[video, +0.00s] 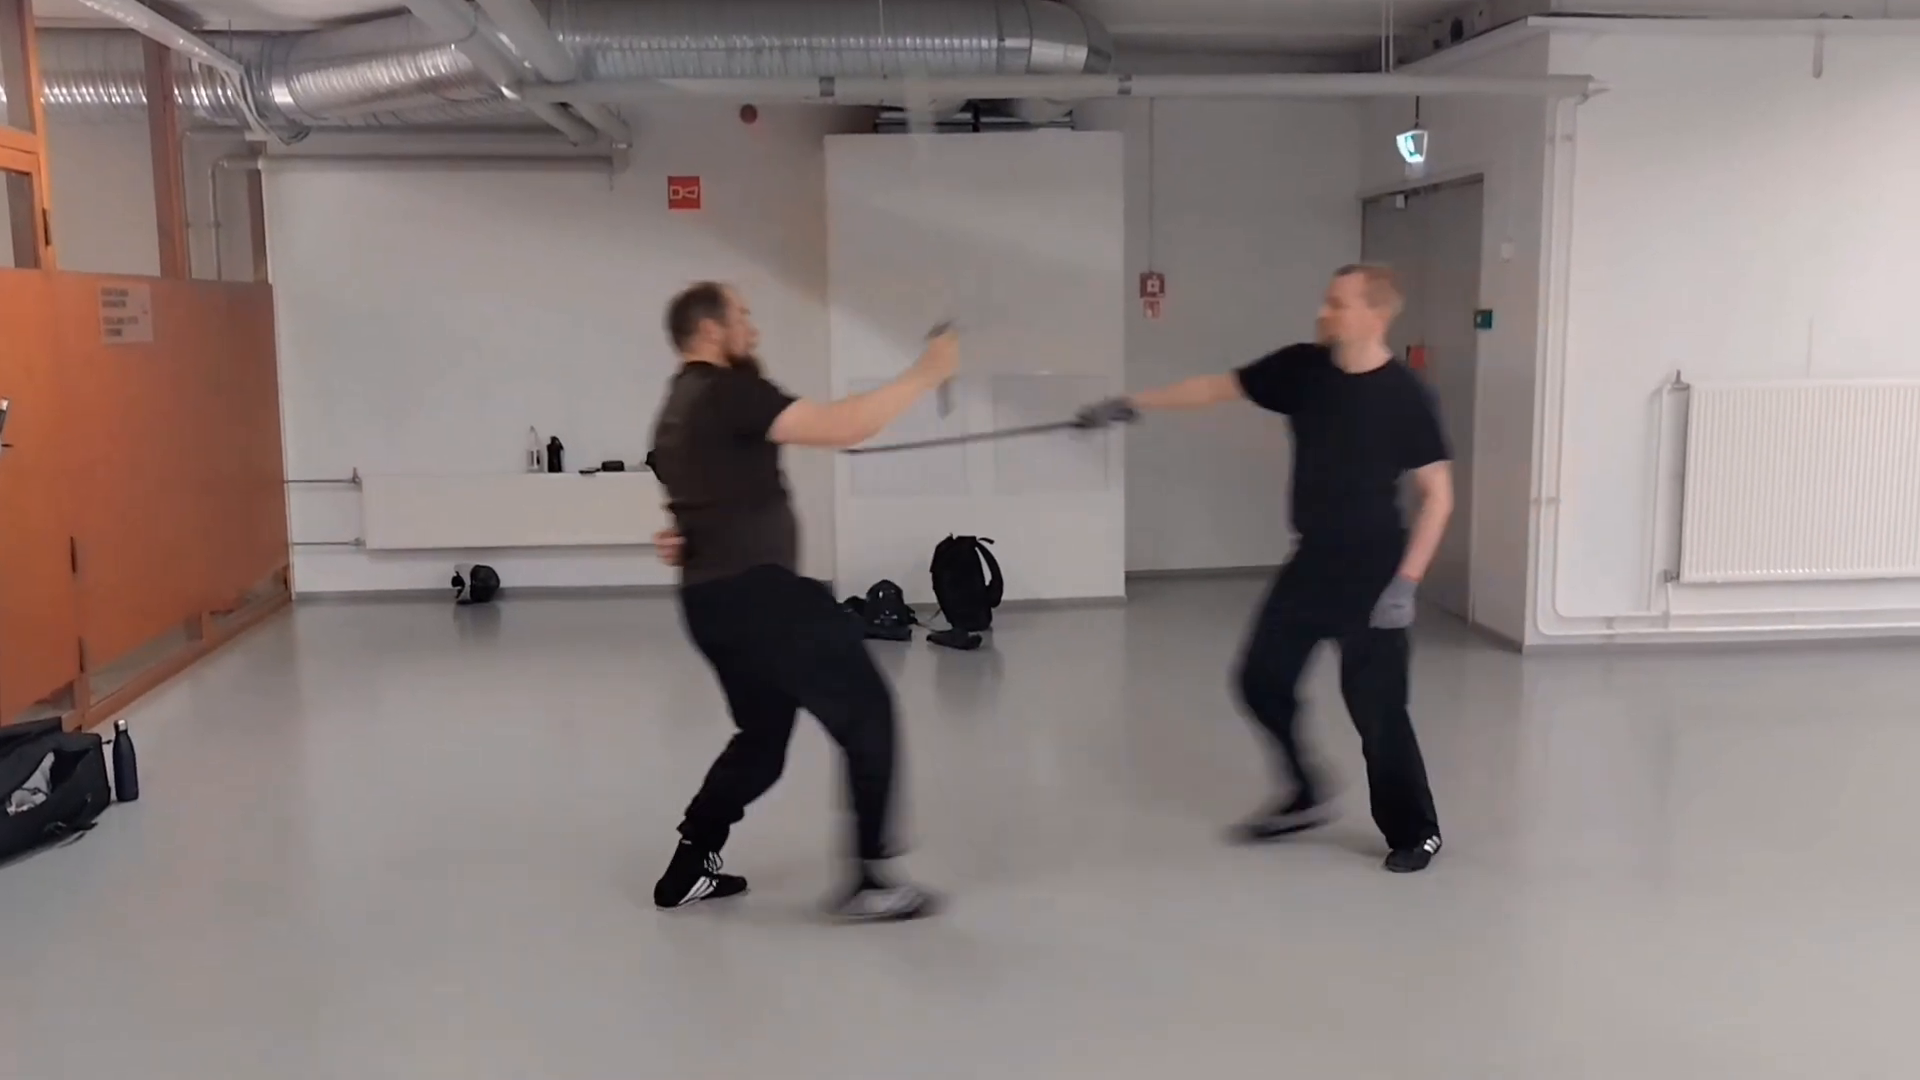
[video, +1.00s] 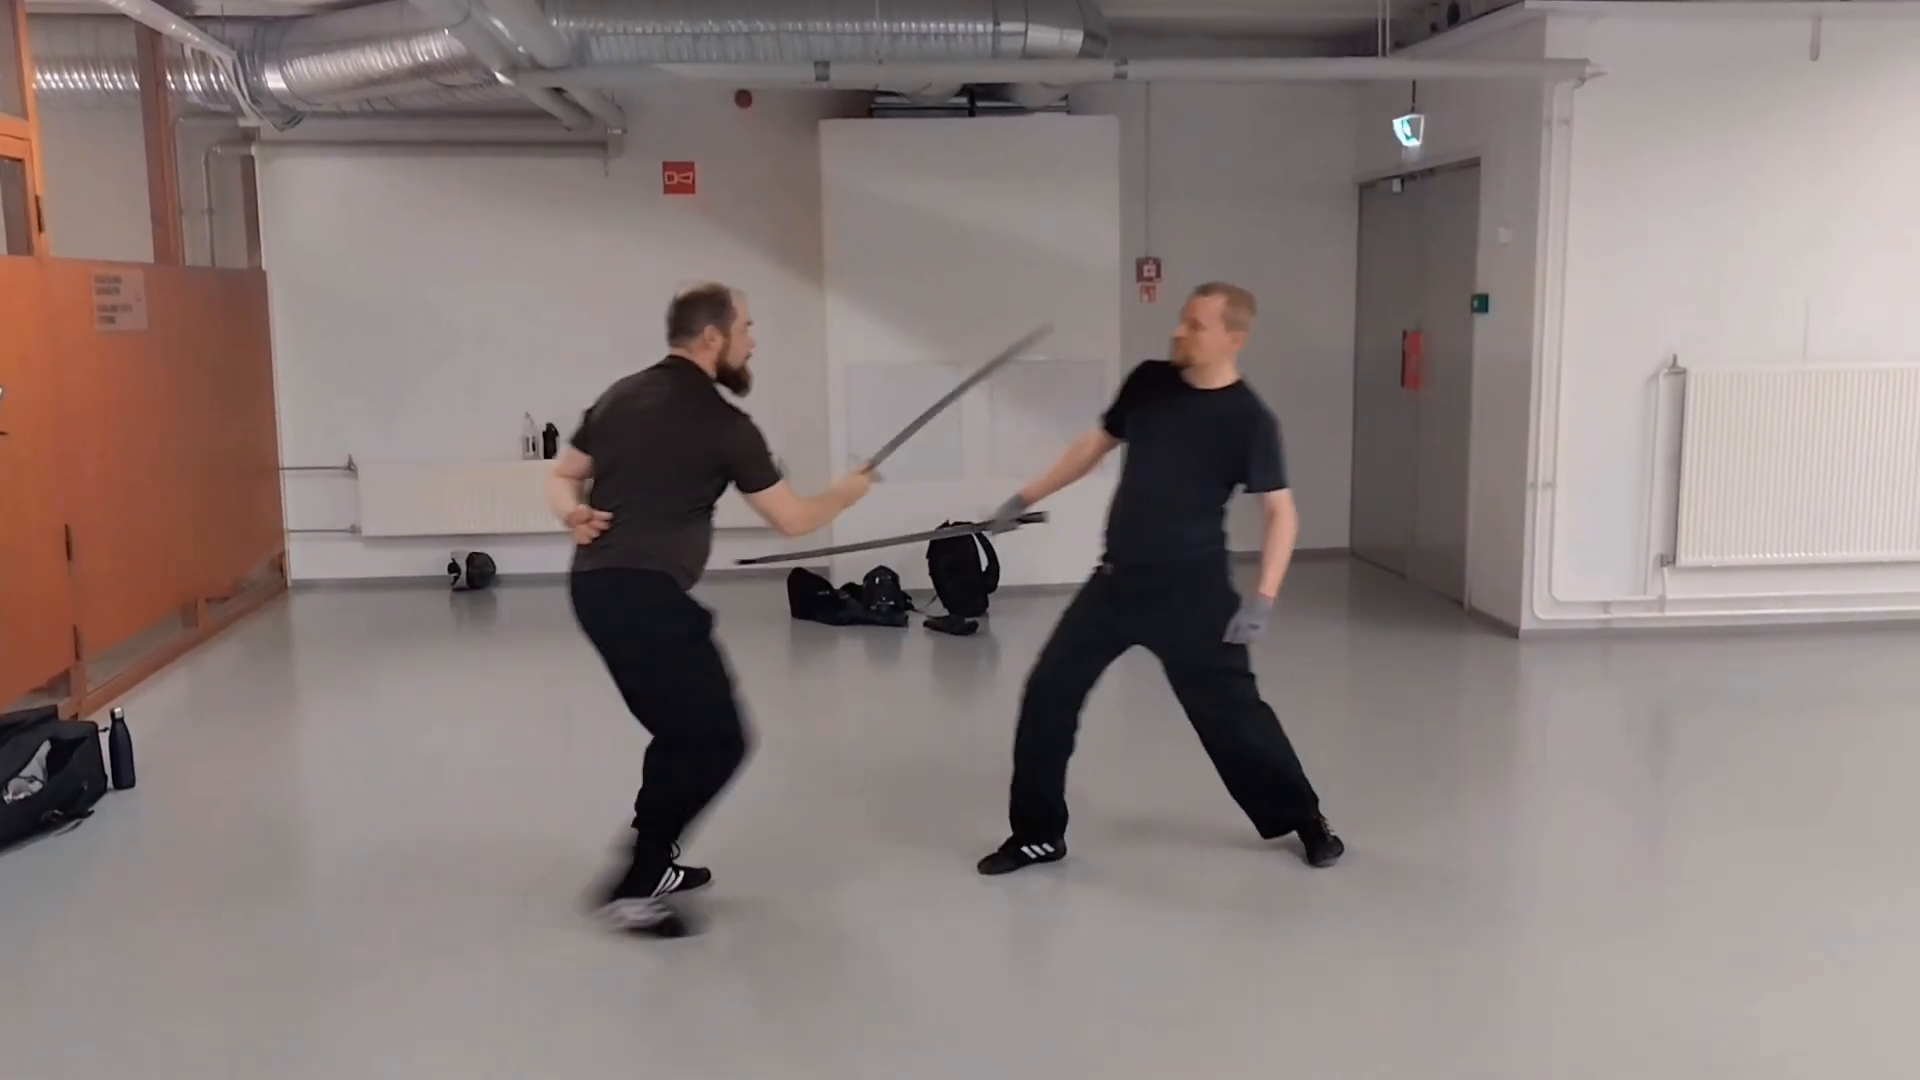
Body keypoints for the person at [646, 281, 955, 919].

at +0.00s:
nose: (754, 331)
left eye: (749, 318)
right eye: (743, 319)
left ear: (694, 336)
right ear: (709, 331)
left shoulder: (680, 403)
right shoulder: (731, 392)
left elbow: (710, 498)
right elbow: (847, 426)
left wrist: (690, 537)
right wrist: (924, 374)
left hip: (715, 601)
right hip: (766, 594)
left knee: (760, 745)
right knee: (865, 709)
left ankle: (687, 871)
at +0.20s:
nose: (684, 316)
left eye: (680, 302)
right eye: (675, 303)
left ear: (623, 316)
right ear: (638, 312)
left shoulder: (590, 392)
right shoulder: (674, 382)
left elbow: (591, 497)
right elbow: (764, 481)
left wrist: (592, 517)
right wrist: (814, 475)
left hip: (618, 586)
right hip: (666, 584)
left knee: (691, 729)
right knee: (707, 737)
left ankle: (681, 867)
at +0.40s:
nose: (652, 360)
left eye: (650, 347)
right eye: (646, 348)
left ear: (576, 359)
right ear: (614, 358)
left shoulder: (515, 423)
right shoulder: (635, 450)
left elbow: (458, 506)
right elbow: (673, 557)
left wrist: (473, 548)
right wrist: (712, 543)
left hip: (502, 623)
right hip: (558, 628)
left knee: (633, 715)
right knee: (501, 799)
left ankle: (667, 865)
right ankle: (376, 953)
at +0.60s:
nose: (663, 353)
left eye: (660, 340)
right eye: (656, 341)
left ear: (588, 350)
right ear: (626, 350)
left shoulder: (521, 408)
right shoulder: (640, 443)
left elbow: (449, 480)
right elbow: (690, 532)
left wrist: (470, 533)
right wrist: (739, 508)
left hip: (494, 606)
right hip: (547, 616)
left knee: (619, 711)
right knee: (492, 790)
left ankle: (648, 867)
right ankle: (377, 948)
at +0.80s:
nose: (709, 354)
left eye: (707, 341)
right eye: (703, 342)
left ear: (636, 349)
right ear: (673, 350)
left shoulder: (572, 406)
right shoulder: (684, 438)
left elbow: (503, 480)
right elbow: (741, 525)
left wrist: (518, 528)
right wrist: (796, 501)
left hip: (546, 597)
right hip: (593, 606)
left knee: (657, 707)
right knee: (559, 768)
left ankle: (649, 867)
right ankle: (409, 912)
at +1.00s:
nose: (751, 342)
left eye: (749, 329)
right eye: (744, 329)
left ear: (686, 338)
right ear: (713, 337)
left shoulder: (623, 397)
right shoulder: (722, 422)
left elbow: (561, 477)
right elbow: (792, 518)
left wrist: (573, 512)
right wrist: (845, 493)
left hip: (598, 586)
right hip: (651, 590)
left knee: (681, 728)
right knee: (720, 739)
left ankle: (648, 860)